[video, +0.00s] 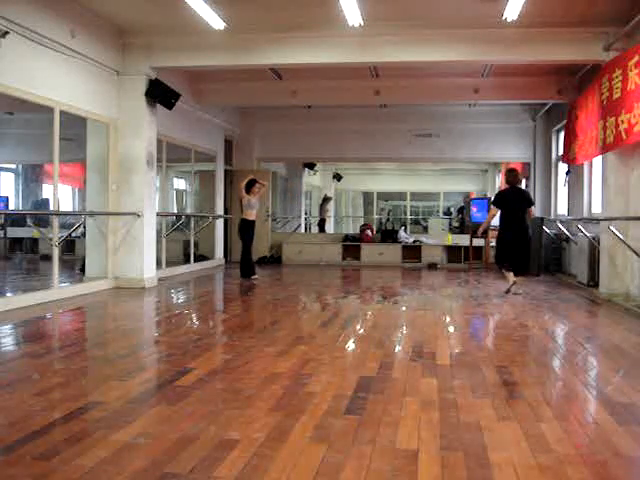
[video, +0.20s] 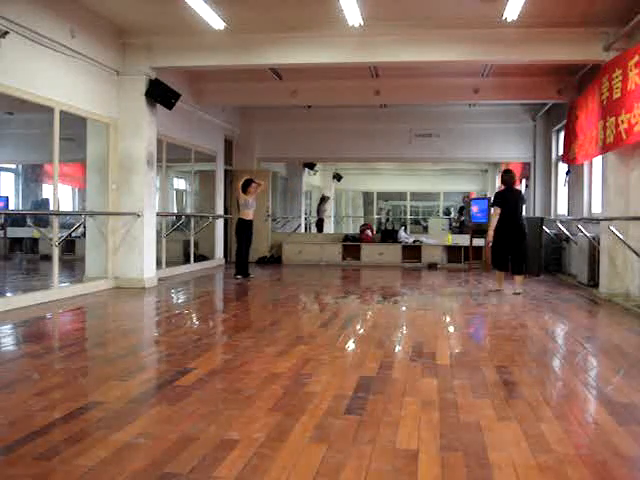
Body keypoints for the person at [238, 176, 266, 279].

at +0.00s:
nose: (257, 190)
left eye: (258, 188)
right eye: (255, 187)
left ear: (258, 189)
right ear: (251, 188)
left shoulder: (256, 197)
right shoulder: (245, 197)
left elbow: (265, 186)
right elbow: (242, 186)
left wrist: (258, 182)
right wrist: (248, 178)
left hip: (252, 222)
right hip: (245, 221)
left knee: (248, 248)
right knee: (246, 248)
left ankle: (248, 272)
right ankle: (248, 272)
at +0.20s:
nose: (254, 190)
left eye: (255, 187)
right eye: (252, 187)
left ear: (255, 189)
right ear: (247, 188)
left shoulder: (253, 196)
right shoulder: (242, 197)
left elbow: (263, 185)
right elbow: (239, 186)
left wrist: (255, 181)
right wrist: (245, 179)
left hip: (249, 221)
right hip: (242, 221)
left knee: (247, 248)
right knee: (241, 248)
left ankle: (245, 271)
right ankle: (238, 272)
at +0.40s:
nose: (248, 188)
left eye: (249, 186)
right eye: (246, 186)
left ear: (249, 188)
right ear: (241, 187)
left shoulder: (248, 197)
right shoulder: (236, 197)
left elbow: (256, 185)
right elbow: (232, 184)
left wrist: (249, 180)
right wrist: (239, 177)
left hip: (246, 221)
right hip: (237, 220)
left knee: (244, 249)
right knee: (232, 249)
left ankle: (245, 273)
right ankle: (227, 273)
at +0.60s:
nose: (242, 188)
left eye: (243, 185)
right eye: (239, 185)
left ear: (244, 187)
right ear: (235, 187)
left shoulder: (243, 196)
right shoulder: (230, 196)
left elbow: (252, 185)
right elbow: (226, 184)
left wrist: (244, 182)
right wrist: (233, 178)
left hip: (241, 220)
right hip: (231, 221)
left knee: (242, 249)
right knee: (228, 248)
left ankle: (244, 273)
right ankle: (226, 272)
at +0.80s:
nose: (239, 187)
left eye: (240, 185)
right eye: (237, 185)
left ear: (241, 187)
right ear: (232, 186)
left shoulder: (241, 196)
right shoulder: (228, 197)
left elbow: (252, 187)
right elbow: (225, 189)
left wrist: (245, 186)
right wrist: (227, 183)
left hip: (238, 220)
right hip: (229, 220)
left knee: (240, 248)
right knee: (226, 248)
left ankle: (244, 272)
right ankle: (226, 272)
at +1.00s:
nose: (235, 186)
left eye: (236, 184)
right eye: (233, 184)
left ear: (237, 186)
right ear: (227, 186)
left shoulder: (238, 196)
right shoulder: (225, 198)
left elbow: (252, 199)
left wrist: (244, 191)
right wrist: (228, 192)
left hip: (236, 220)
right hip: (227, 221)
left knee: (240, 248)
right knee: (226, 248)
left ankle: (244, 272)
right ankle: (226, 272)